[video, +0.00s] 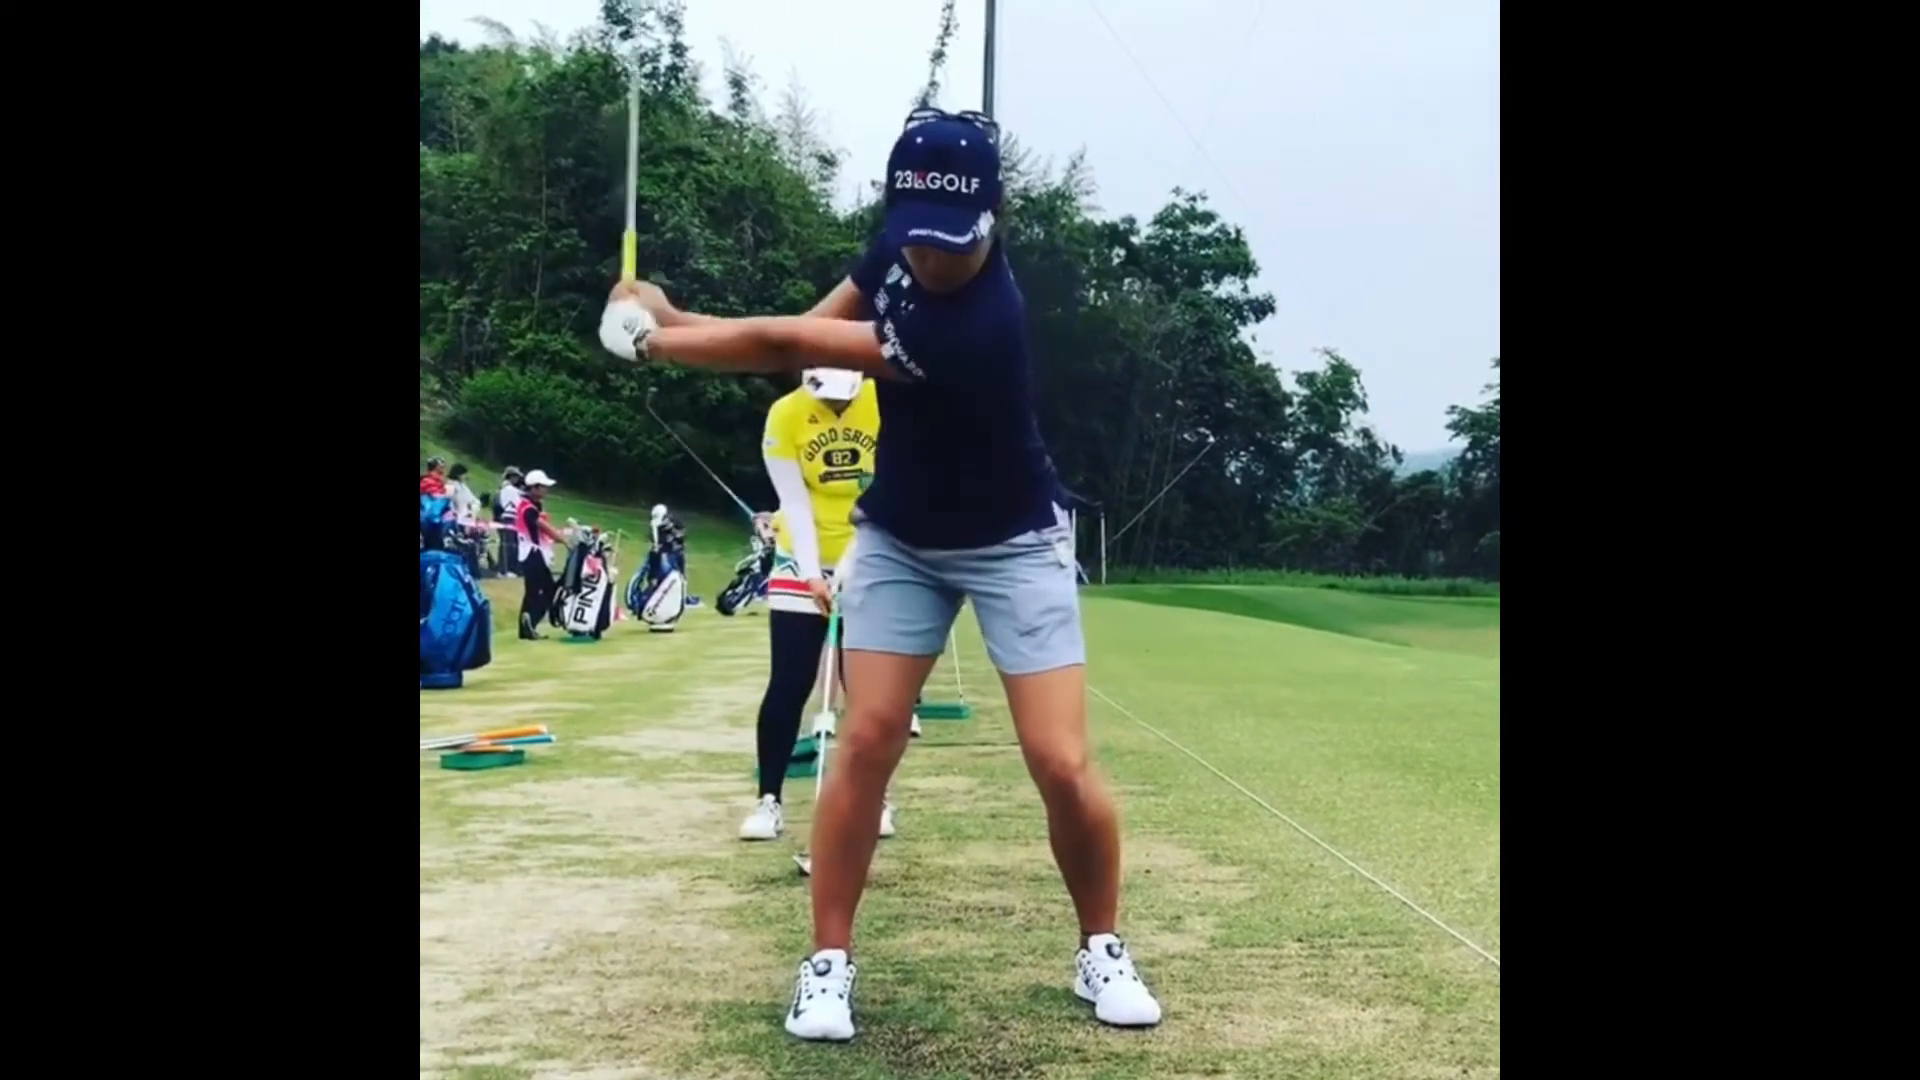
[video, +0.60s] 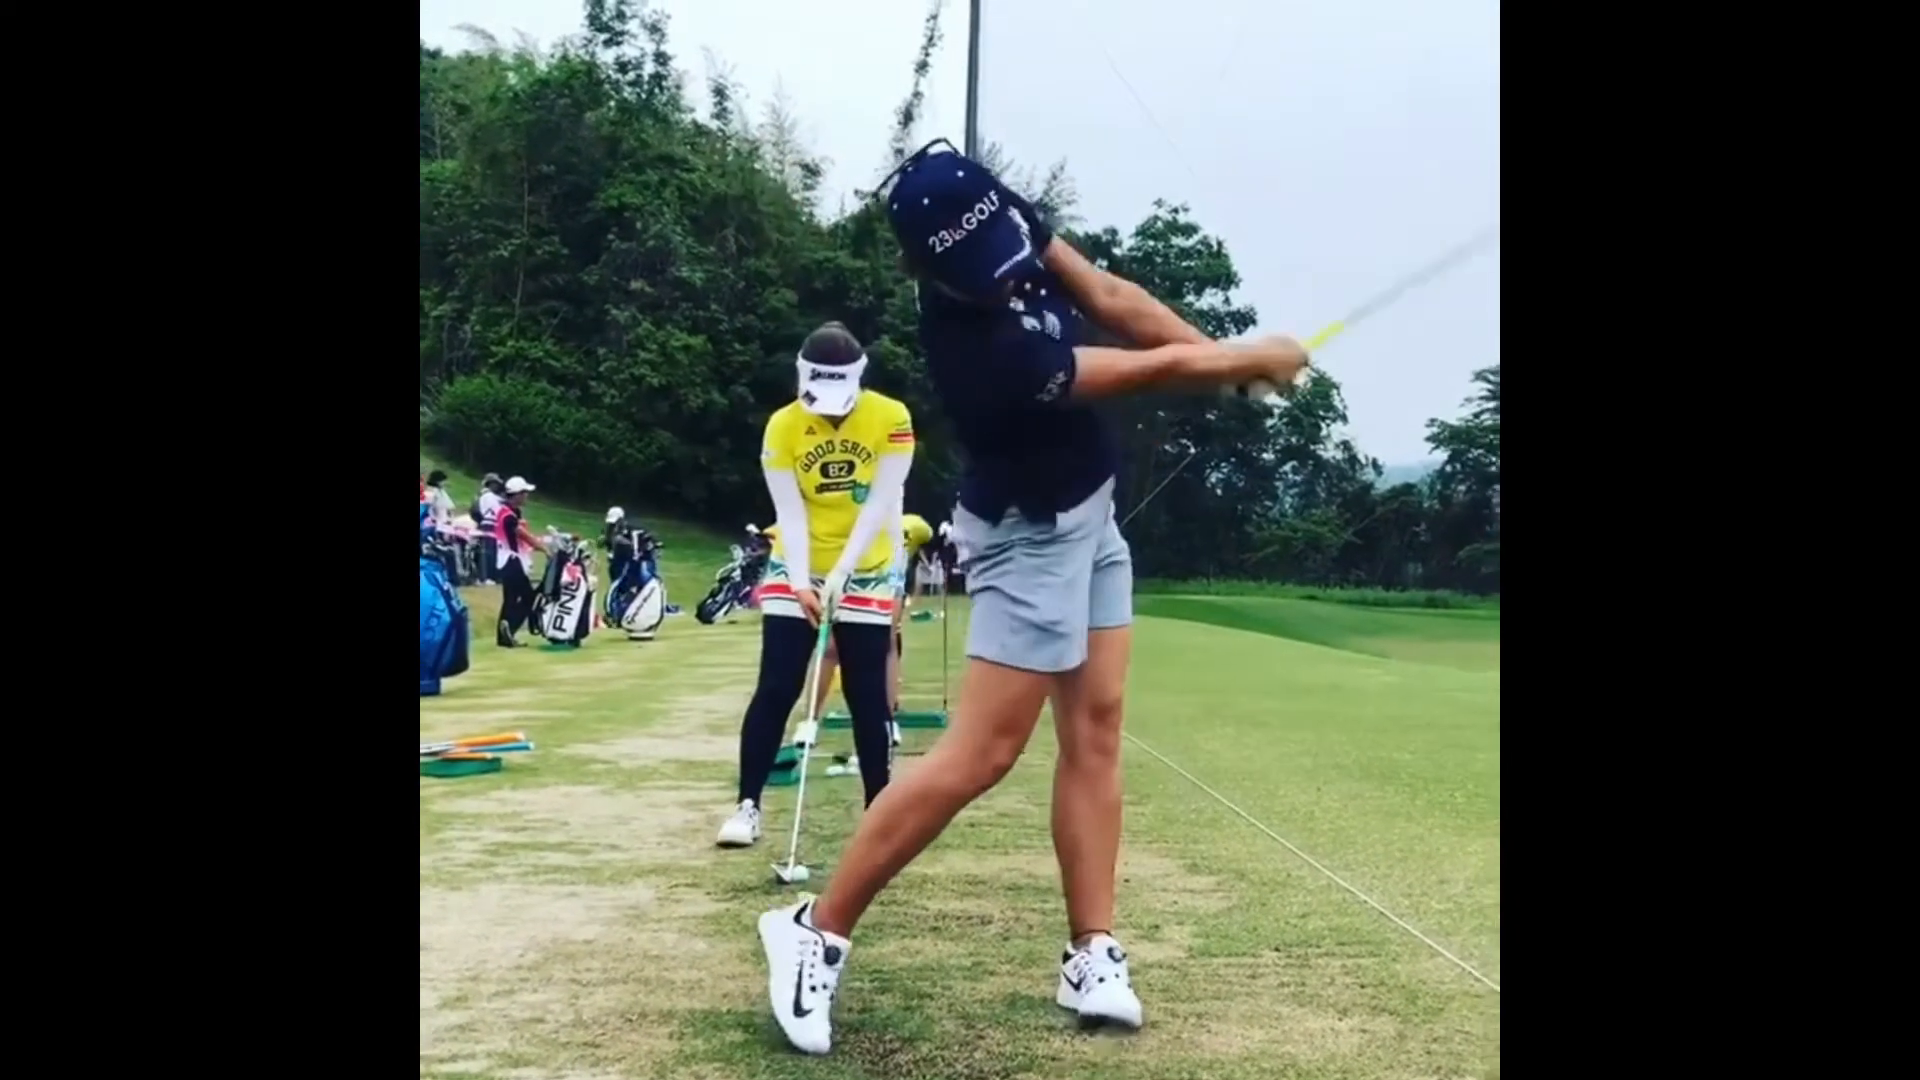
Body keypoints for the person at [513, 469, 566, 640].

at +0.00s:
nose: (545, 491)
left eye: (546, 488)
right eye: (542, 488)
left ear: (535, 490)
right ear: (533, 489)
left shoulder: (529, 506)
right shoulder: (529, 510)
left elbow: (544, 528)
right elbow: (547, 530)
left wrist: (561, 535)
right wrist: (564, 540)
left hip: (532, 551)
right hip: (533, 553)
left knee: (532, 590)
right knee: (549, 587)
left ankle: (526, 627)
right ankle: (531, 619)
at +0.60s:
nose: (526, 497)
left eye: (526, 493)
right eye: (523, 494)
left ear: (512, 495)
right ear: (515, 495)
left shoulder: (507, 512)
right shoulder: (509, 516)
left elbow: (523, 534)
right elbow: (525, 537)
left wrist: (540, 542)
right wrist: (544, 548)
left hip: (508, 557)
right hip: (511, 559)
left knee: (510, 597)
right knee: (528, 594)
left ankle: (504, 635)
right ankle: (510, 626)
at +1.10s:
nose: (503, 501)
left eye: (503, 498)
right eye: (501, 498)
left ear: (487, 498)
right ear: (494, 499)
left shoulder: (482, 516)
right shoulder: (486, 520)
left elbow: (500, 539)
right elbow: (502, 541)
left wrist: (517, 549)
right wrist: (521, 552)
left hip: (483, 560)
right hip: (488, 563)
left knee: (486, 601)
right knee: (504, 599)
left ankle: (479, 639)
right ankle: (485, 631)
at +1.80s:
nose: (495, 508)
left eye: (495, 505)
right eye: (493, 505)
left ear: (479, 506)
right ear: (486, 507)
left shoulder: (472, 523)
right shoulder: (479, 527)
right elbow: (495, 549)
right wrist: (515, 564)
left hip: (475, 568)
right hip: (483, 571)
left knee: (479, 608)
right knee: (497, 606)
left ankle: (472, 644)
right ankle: (478, 638)